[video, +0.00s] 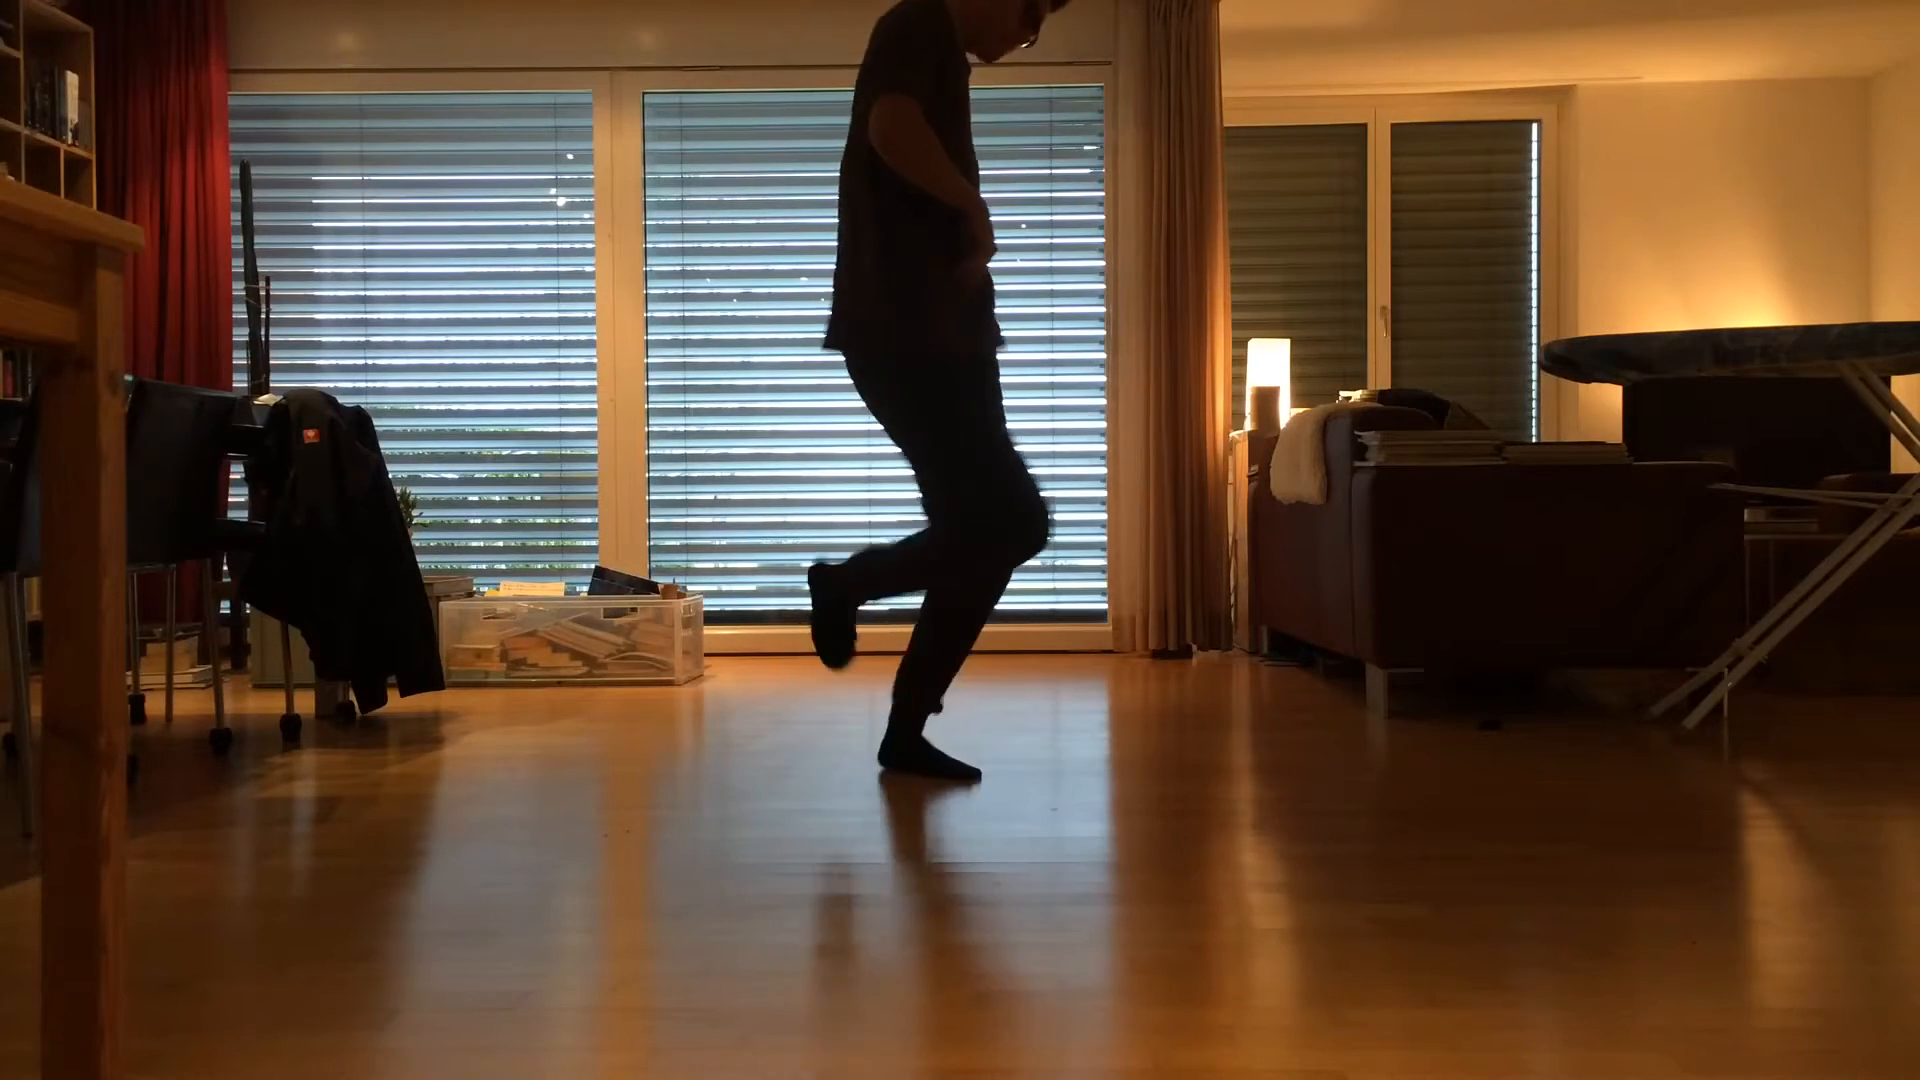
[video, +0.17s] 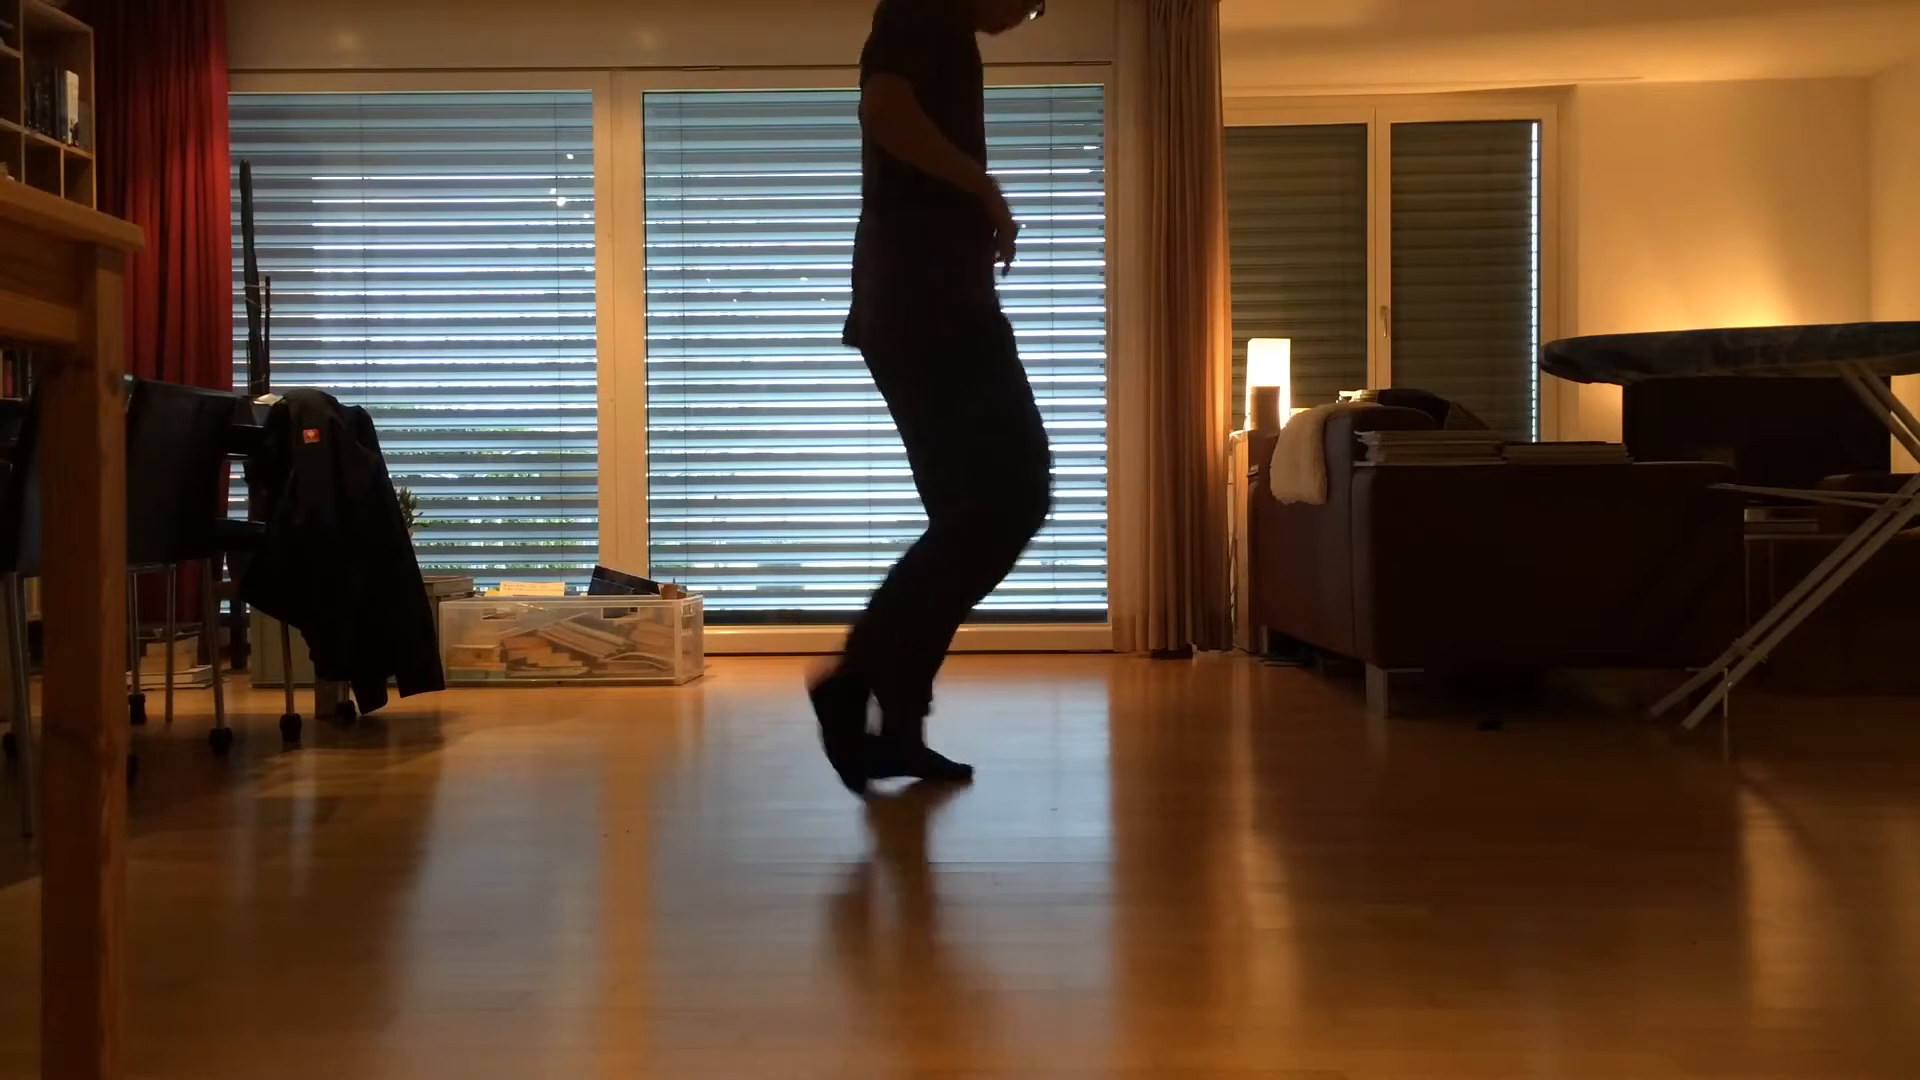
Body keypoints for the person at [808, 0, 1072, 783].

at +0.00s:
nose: (1022, 42)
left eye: (1032, 31)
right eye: (1027, 24)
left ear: (994, 8)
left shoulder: (931, 48)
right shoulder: (916, 29)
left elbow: (895, 199)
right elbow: (891, 126)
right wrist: (972, 205)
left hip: (931, 340)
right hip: (904, 339)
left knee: (986, 533)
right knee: (1016, 523)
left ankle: (906, 734)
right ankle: (845, 582)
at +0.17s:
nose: (1022, 15)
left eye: (1027, 8)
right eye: (1021, 3)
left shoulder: (941, 37)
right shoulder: (921, 18)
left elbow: (908, 148)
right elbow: (887, 115)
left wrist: (977, 222)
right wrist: (984, 184)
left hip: (928, 311)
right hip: (930, 313)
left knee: (979, 511)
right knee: (1010, 501)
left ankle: (899, 724)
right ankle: (851, 685)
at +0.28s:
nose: (1028, 10)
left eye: (1030, 3)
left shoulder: (950, 36)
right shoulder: (933, 15)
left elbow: (908, 140)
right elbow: (897, 101)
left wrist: (992, 212)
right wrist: (1002, 175)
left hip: (941, 307)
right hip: (927, 310)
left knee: (954, 516)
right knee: (953, 517)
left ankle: (928, 750)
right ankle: (930, 755)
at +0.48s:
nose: (1037, 7)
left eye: (1038, 5)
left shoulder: (942, 28)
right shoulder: (930, 7)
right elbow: (903, 58)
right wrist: (996, 155)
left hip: (913, 281)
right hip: (943, 273)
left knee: (986, 508)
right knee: (1109, 425)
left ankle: (939, 762)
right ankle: (973, 621)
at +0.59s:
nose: (1031, 3)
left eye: (1034, 2)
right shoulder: (938, 4)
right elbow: (895, 49)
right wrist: (997, 144)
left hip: (915, 277)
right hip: (958, 264)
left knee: (989, 525)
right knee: (1140, 404)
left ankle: (932, 758)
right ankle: (973, 579)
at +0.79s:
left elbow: (883, 171)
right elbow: (929, 37)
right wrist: (1036, 122)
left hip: (937, 283)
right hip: (990, 273)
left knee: (985, 522)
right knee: (1039, 512)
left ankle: (978, 786)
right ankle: (1013, 786)